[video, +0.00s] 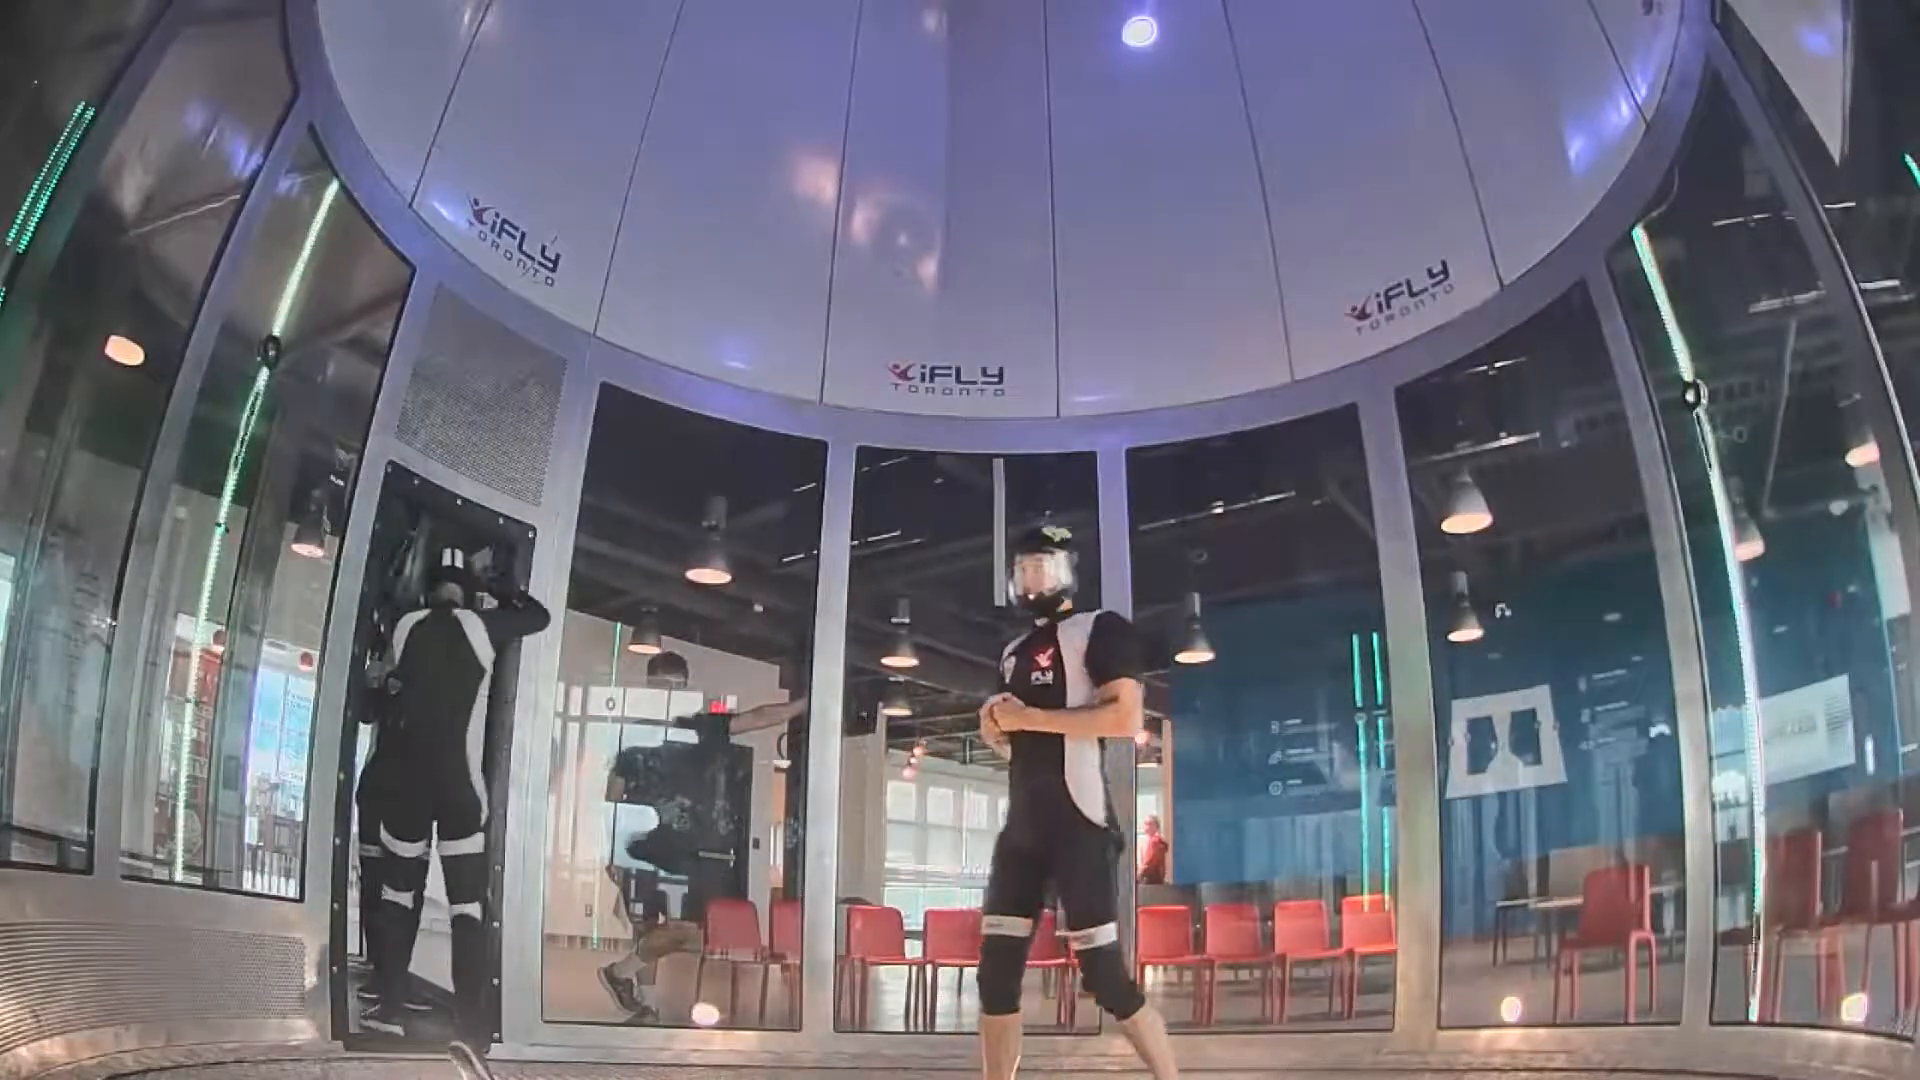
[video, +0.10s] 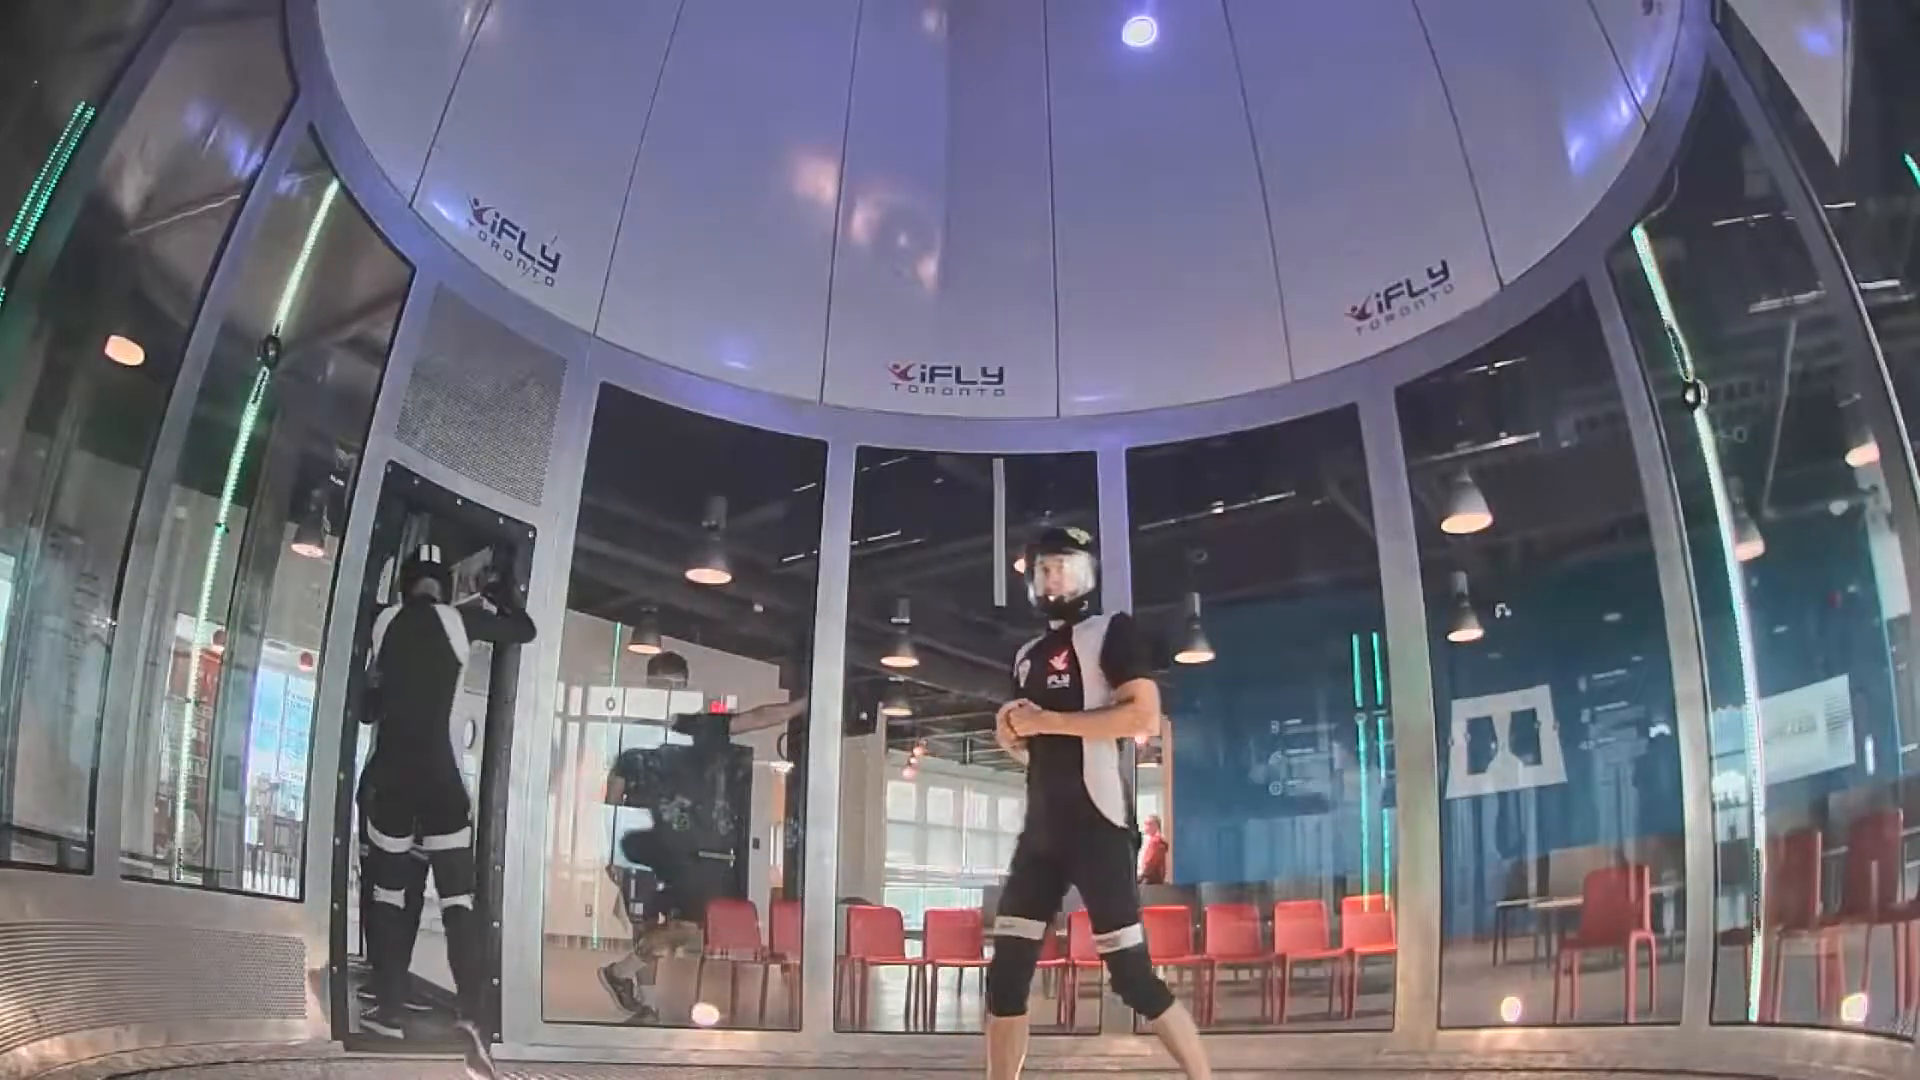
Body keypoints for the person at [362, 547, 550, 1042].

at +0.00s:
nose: (459, 600)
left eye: (451, 592)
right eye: (462, 593)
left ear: (429, 593)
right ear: (468, 595)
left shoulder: (403, 625)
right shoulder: (485, 626)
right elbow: (539, 616)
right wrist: (500, 591)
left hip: (405, 778)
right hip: (459, 781)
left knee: (398, 892)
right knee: (467, 905)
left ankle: (388, 1005)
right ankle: (470, 1022)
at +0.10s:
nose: (436, 594)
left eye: (431, 588)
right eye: (437, 588)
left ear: (402, 590)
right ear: (441, 590)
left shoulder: (380, 621)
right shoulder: (462, 620)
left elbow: (365, 695)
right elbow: (524, 628)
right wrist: (498, 592)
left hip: (390, 771)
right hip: (441, 772)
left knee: (391, 895)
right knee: (458, 898)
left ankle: (390, 1010)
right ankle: (473, 1012)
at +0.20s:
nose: (414, 587)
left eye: (408, 580)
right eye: (416, 580)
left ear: (381, 586)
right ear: (423, 583)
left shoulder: (364, 628)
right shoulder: (440, 612)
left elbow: (352, 702)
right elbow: (499, 642)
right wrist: (493, 596)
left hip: (381, 769)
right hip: (433, 773)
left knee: (379, 888)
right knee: (441, 889)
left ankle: (389, 1012)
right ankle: (479, 974)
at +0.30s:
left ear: (364, 570)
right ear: (400, 568)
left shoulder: (361, 610)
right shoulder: (429, 611)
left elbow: (349, 689)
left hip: (374, 760)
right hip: (423, 763)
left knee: (374, 888)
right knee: (421, 881)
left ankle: (388, 1011)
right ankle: (471, 926)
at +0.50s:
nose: (430, 635)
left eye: (438, 628)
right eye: (424, 626)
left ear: (446, 634)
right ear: (410, 627)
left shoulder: (448, 683)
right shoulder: (393, 673)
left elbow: (449, 743)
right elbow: (376, 731)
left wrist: (437, 794)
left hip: (421, 796)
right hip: (383, 791)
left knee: (420, 896)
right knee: (381, 892)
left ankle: (412, 978)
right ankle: (378, 978)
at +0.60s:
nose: (432, 632)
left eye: (439, 627)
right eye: (426, 624)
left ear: (446, 632)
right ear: (412, 624)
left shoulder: (449, 683)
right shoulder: (388, 671)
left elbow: (451, 746)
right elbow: (366, 725)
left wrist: (436, 796)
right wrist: (363, 781)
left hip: (422, 796)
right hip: (380, 789)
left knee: (423, 888)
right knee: (377, 886)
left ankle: (416, 981)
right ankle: (375, 976)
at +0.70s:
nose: (433, 630)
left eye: (441, 625)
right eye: (427, 621)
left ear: (450, 632)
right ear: (414, 622)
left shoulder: (452, 684)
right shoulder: (391, 664)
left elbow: (453, 748)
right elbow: (360, 708)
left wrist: (440, 795)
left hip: (423, 793)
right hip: (379, 786)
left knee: (425, 889)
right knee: (375, 887)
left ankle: (420, 983)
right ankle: (376, 989)